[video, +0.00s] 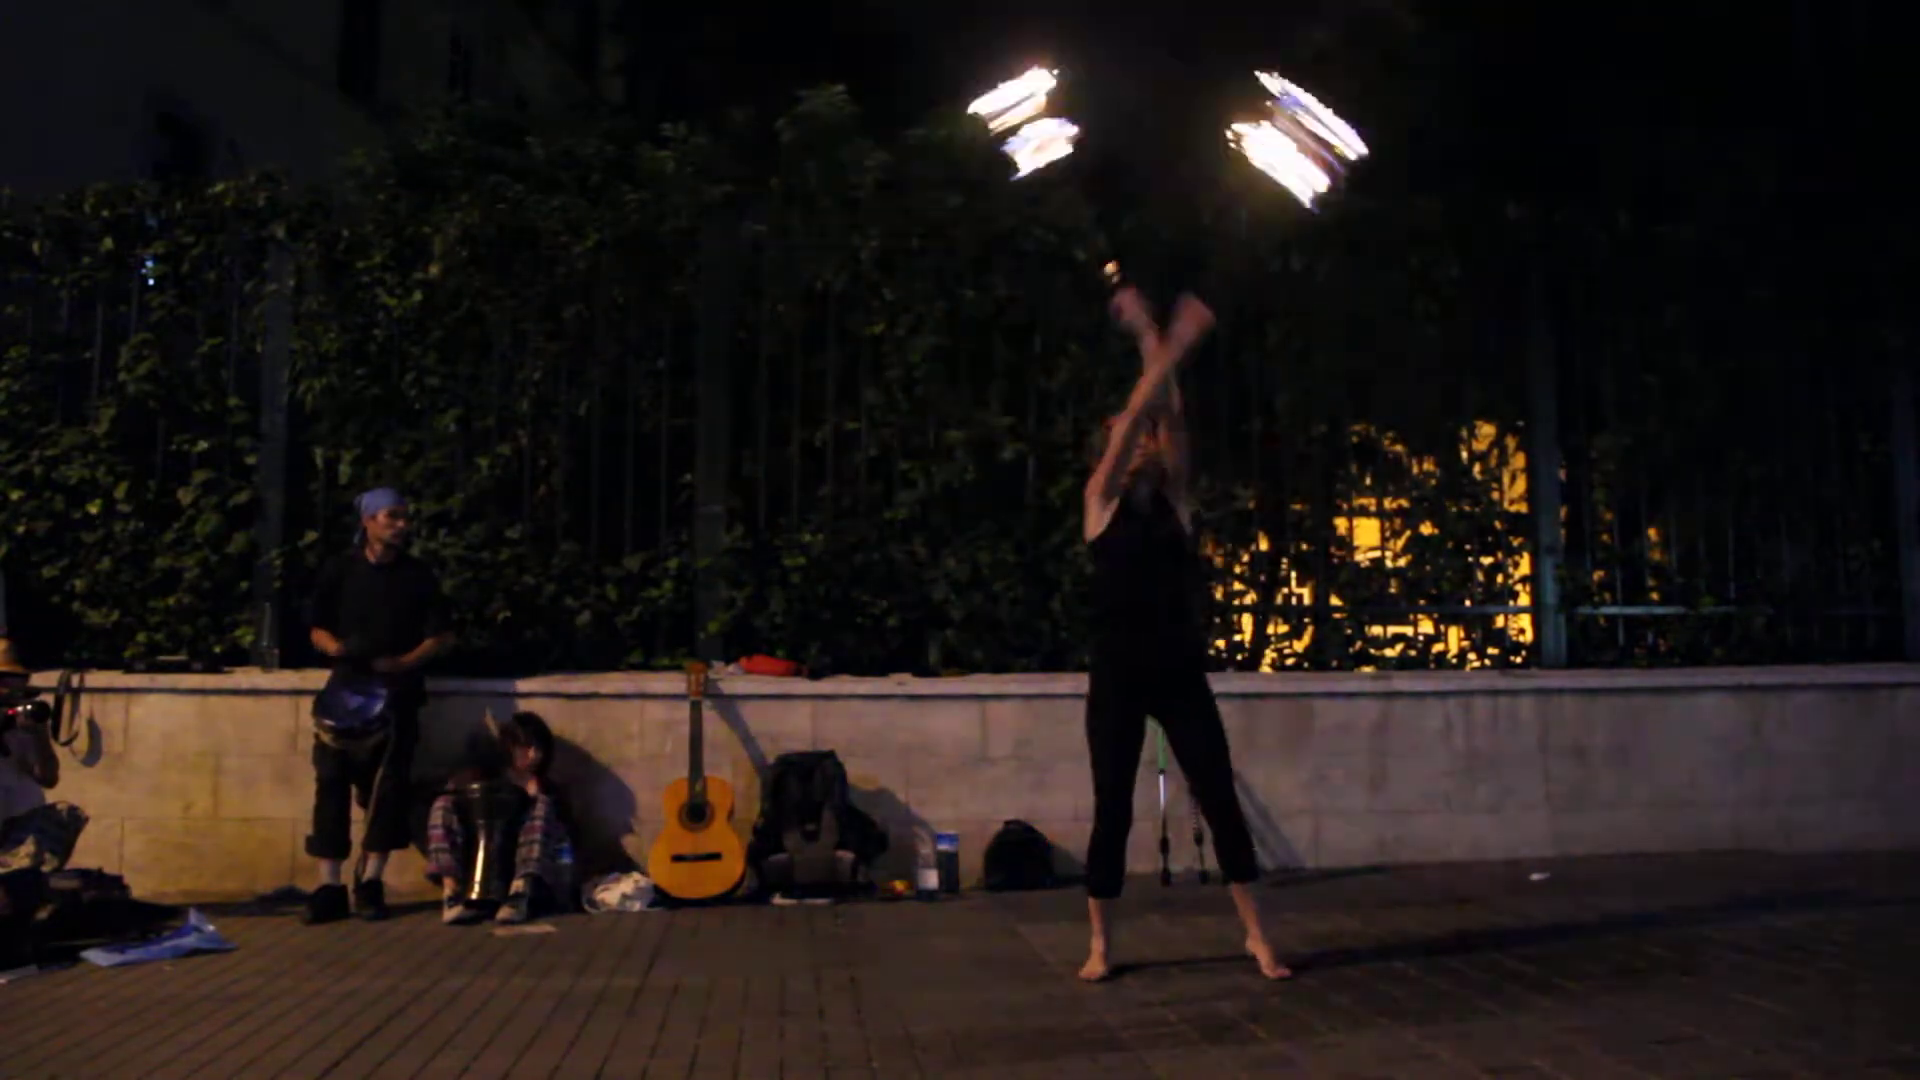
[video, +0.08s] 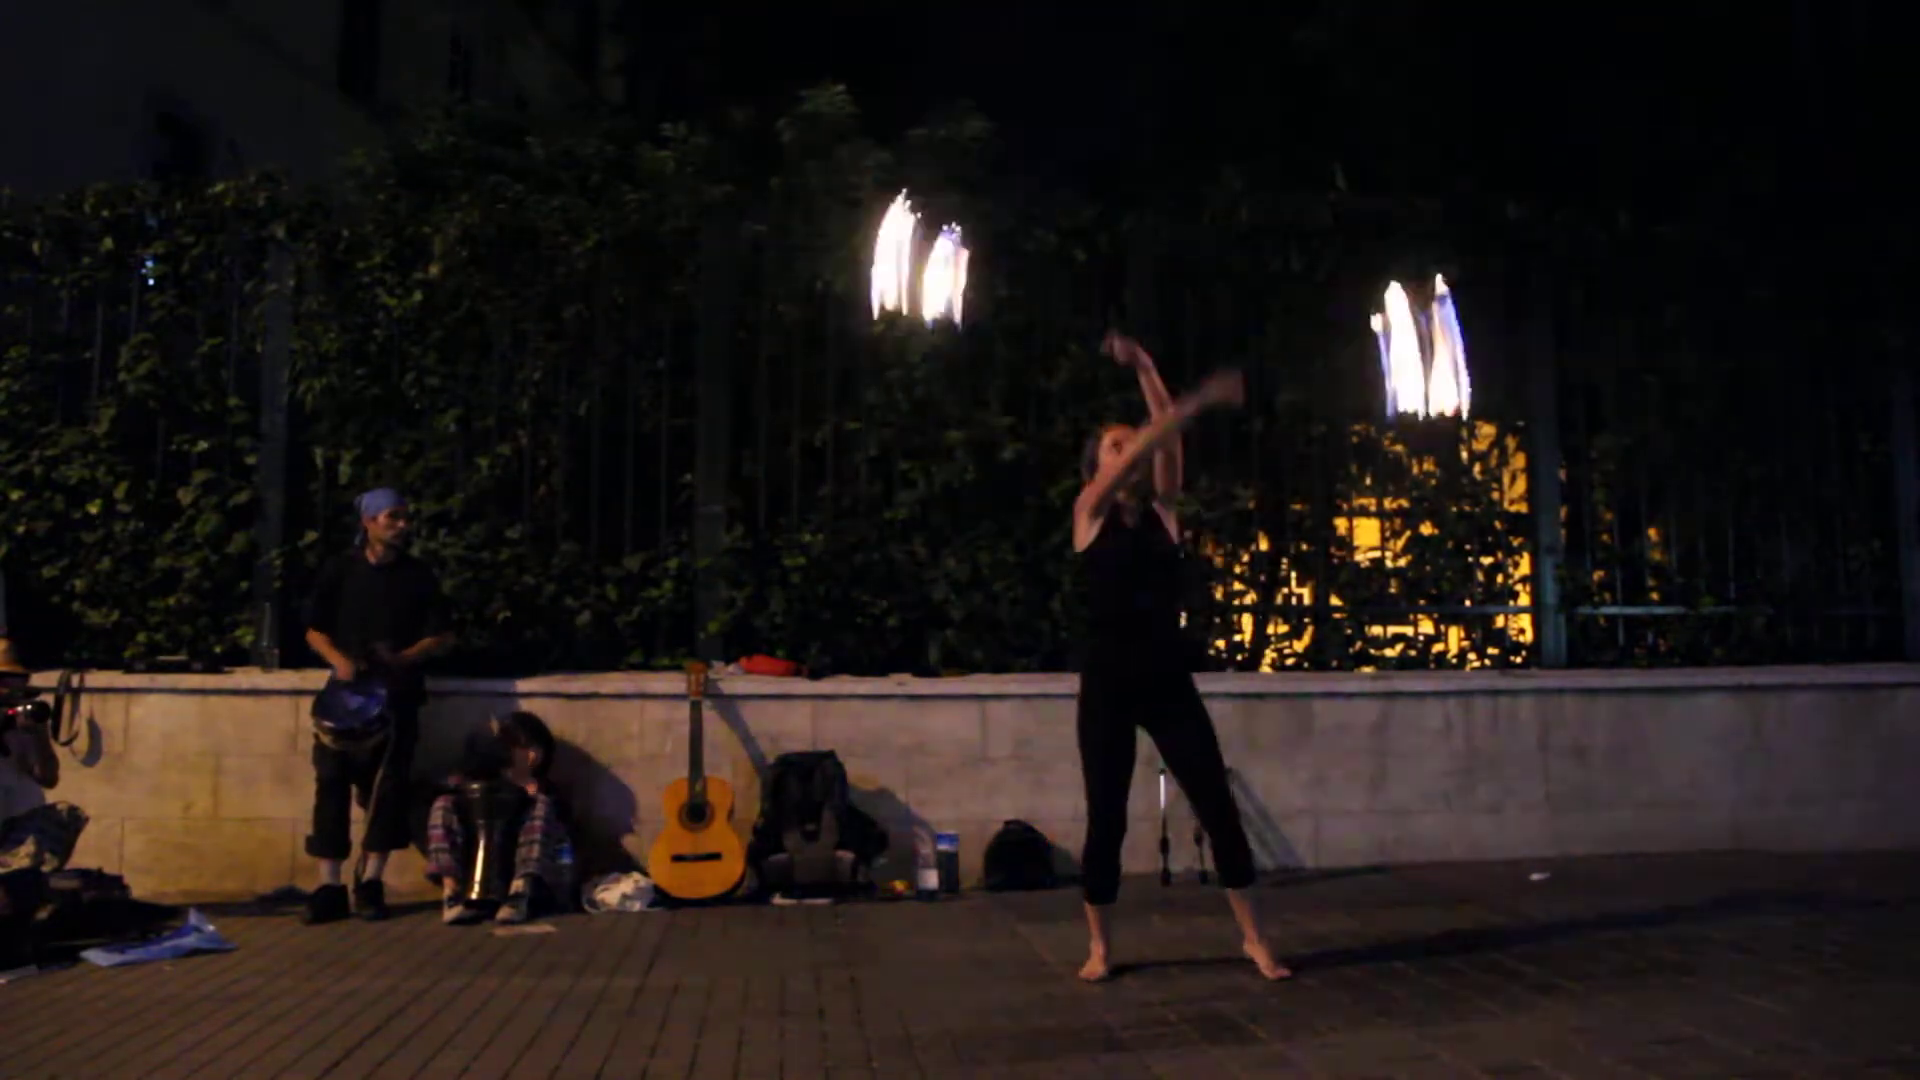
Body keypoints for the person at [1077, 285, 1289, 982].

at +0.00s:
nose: (1147, 441)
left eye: (1156, 433)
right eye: (1136, 434)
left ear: (1170, 448)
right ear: (1115, 450)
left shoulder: (1175, 500)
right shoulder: (1103, 504)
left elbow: (1172, 418)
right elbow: (1128, 424)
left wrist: (1145, 333)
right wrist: (1175, 346)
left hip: (1182, 673)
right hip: (1118, 677)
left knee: (1221, 803)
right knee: (1113, 811)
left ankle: (1255, 934)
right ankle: (1099, 943)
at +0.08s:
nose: (1128, 455)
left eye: (1136, 447)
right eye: (1117, 448)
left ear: (1147, 459)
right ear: (1093, 462)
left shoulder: (1162, 514)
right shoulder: (1090, 518)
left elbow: (1164, 443)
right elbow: (1124, 458)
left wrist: (1143, 366)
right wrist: (1197, 402)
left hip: (1168, 681)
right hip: (1108, 685)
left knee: (1217, 806)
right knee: (1106, 817)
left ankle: (1252, 937)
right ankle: (1098, 944)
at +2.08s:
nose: (1228, 432)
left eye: (1237, 424)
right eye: (1216, 426)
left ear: (1250, 434)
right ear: (1198, 444)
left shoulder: (1271, 493)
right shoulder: (1196, 499)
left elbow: (1269, 405)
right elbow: (1240, 422)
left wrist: (1244, 318)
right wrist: (1284, 355)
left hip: (1272, 670)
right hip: (1211, 669)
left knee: (1266, 812)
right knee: (1200, 801)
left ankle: (1238, 948)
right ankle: (1158, 872)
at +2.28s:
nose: (1198, 448)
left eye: (1204, 440)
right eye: (1186, 442)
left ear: (1218, 450)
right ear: (1167, 461)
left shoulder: (1237, 501)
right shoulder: (1166, 510)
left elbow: (1256, 431)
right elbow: (1202, 486)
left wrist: (1245, 363)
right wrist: (1280, 463)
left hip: (1251, 676)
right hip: (1192, 677)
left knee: (1261, 814)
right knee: (1170, 814)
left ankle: (1246, 948)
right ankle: (1118, 945)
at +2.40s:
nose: (1194, 441)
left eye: (1193, 433)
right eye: (1181, 434)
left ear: (1206, 445)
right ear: (1156, 447)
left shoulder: (1230, 487)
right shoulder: (1153, 501)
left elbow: (1259, 412)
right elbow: (1171, 442)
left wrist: (1248, 336)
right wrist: (1243, 429)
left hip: (1239, 669)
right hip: (1173, 670)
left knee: (1248, 811)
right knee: (1152, 808)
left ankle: (1246, 945)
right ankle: (1115, 946)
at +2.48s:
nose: (1175, 428)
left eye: (1182, 421)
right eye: (1163, 421)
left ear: (1198, 434)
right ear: (1148, 437)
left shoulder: (1221, 486)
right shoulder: (1143, 492)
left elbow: (1252, 402)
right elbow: (1143, 409)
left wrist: (1235, 324)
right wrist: (1206, 381)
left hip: (1223, 665)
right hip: (1158, 667)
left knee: (1244, 806)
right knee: (1142, 807)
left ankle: (1248, 941)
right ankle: (1109, 945)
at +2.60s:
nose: (1177, 442)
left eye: (1183, 436)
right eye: (1166, 436)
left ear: (1192, 450)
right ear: (1145, 450)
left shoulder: (1207, 499)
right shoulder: (1130, 494)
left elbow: (1236, 414)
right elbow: (1131, 399)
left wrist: (1207, 348)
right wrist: (1190, 342)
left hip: (1208, 671)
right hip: (1144, 671)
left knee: (1236, 808)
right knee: (1132, 811)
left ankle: (1249, 941)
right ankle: (1107, 948)